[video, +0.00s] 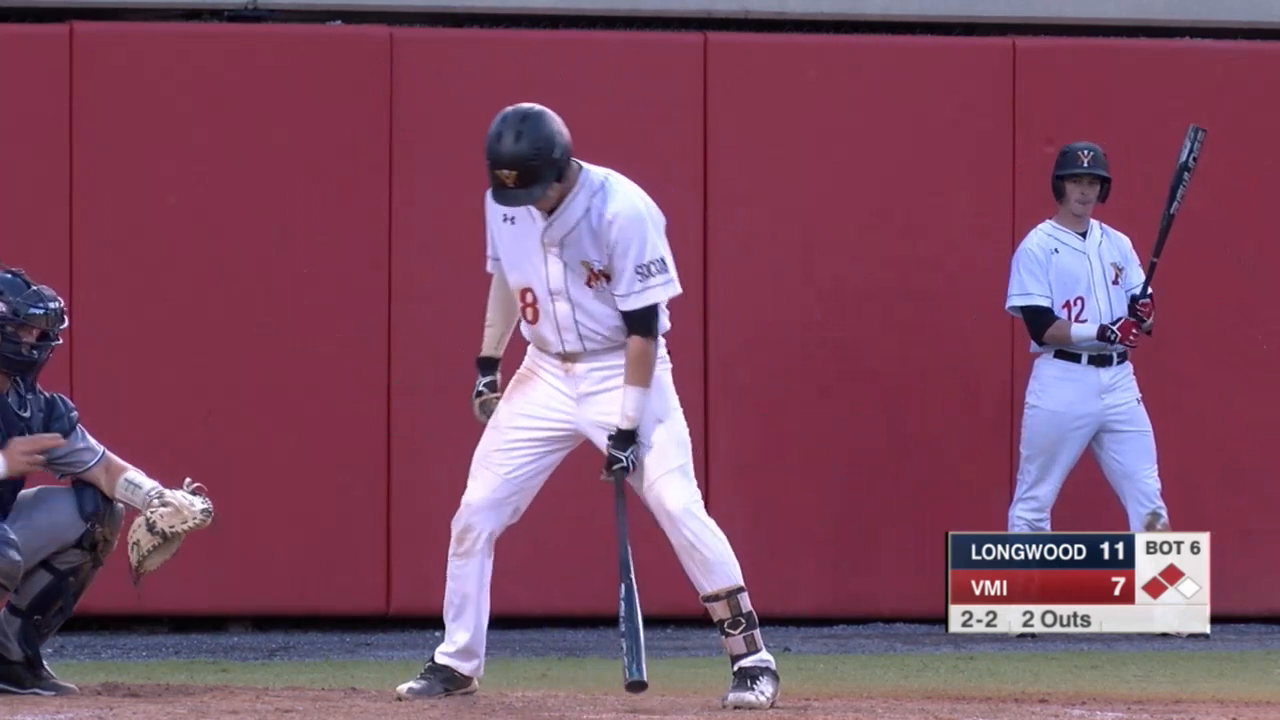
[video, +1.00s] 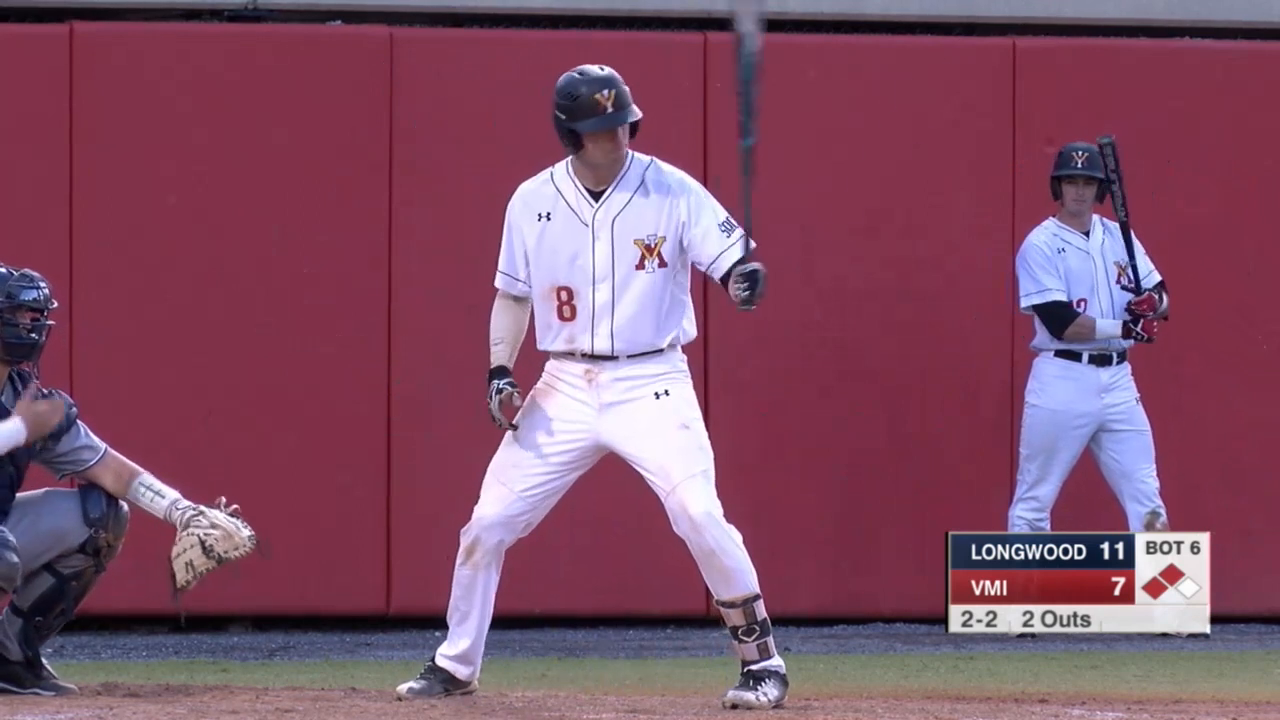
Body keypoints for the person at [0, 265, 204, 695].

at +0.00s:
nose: (30, 339)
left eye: (38, 331)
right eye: (20, 327)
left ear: (48, 336)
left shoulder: (39, 408)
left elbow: (106, 469)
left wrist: (159, 498)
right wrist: (4, 463)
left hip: (6, 535)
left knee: (94, 510)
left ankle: (14, 650)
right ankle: (11, 651)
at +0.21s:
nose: (26, 339)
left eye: (34, 330)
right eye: (16, 327)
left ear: (43, 335)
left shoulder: (34, 405)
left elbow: (105, 468)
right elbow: (5, 496)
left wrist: (167, 500)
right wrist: (37, 502)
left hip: (5, 528)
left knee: (95, 511)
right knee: (7, 556)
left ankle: (13, 651)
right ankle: (9, 653)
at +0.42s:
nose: (29, 327)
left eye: (35, 317)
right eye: (18, 316)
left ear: (43, 323)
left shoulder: (32, 404)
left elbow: (103, 468)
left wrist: (165, 496)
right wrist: (18, 507)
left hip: (8, 527)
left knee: (93, 511)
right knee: (6, 555)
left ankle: (14, 651)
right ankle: (9, 651)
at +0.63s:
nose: (29, 325)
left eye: (34, 316)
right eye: (17, 314)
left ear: (42, 322)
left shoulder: (32, 404)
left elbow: (103, 468)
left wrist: (165, 495)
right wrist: (35, 505)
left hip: (4, 529)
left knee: (94, 509)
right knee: (4, 552)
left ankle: (12, 650)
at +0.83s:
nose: (32, 325)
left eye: (36, 315)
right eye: (20, 314)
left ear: (43, 321)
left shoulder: (34, 404)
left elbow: (106, 469)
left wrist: (175, 502)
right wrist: (0, 483)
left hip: (5, 524)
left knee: (95, 513)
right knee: (6, 561)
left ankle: (13, 652)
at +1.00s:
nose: (29, 325)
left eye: (34, 315)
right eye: (17, 314)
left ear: (41, 321)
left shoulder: (23, 395)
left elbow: (107, 466)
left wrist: (183, 512)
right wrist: (21, 427)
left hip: (5, 528)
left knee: (98, 515)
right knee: (8, 561)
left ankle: (14, 651)